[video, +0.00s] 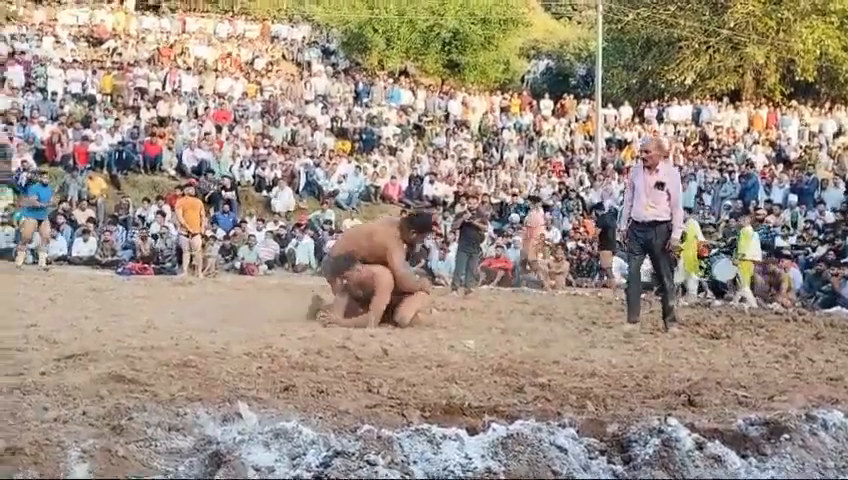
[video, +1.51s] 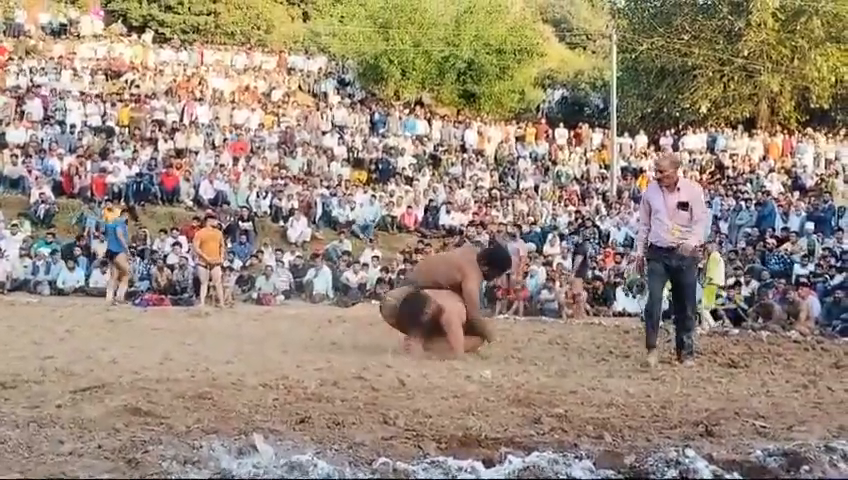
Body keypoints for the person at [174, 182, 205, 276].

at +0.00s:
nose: (191, 190)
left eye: (192, 188)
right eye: (188, 188)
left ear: (194, 189)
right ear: (184, 190)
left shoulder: (199, 202)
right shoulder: (180, 202)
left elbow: (203, 216)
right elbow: (179, 217)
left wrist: (202, 228)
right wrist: (188, 228)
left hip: (196, 231)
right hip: (184, 231)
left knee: (197, 252)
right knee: (185, 252)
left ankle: (199, 271)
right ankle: (185, 271)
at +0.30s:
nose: (231, 206)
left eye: (232, 204)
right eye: (229, 204)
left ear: (234, 205)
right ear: (224, 206)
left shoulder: (237, 217)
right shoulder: (219, 217)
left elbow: (241, 230)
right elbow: (218, 233)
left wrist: (240, 242)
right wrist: (227, 243)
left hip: (235, 246)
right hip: (223, 246)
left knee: (236, 268)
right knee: (224, 268)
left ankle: (238, 287)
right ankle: (224, 287)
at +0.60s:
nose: (221, 214)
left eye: (222, 212)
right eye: (219, 212)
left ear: (223, 213)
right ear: (214, 213)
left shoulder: (226, 225)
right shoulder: (208, 225)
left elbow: (230, 238)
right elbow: (205, 241)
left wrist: (229, 249)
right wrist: (215, 251)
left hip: (224, 253)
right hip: (212, 254)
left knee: (226, 275)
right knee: (214, 275)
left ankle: (229, 295)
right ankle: (214, 295)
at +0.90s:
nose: (215, 219)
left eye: (216, 217)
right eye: (213, 217)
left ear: (218, 219)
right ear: (208, 218)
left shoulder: (220, 230)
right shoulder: (201, 231)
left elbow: (224, 243)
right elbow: (199, 246)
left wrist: (223, 255)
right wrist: (210, 257)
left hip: (218, 259)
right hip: (206, 260)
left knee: (221, 280)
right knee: (207, 281)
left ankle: (225, 300)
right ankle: (207, 301)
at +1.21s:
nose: (216, 223)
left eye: (216, 220)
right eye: (213, 220)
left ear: (217, 222)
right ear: (208, 222)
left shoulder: (219, 234)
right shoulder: (200, 234)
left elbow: (223, 246)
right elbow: (198, 249)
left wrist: (222, 257)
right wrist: (209, 260)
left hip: (217, 262)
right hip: (204, 262)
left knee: (218, 284)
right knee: (206, 284)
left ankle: (223, 303)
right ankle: (204, 304)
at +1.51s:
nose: (214, 221)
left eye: (214, 219)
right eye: (211, 219)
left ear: (216, 220)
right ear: (206, 220)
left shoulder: (219, 233)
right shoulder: (199, 233)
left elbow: (222, 246)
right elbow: (196, 247)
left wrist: (221, 257)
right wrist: (206, 258)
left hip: (215, 261)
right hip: (203, 261)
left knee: (218, 282)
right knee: (204, 283)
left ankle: (221, 302)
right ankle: (202, 303)